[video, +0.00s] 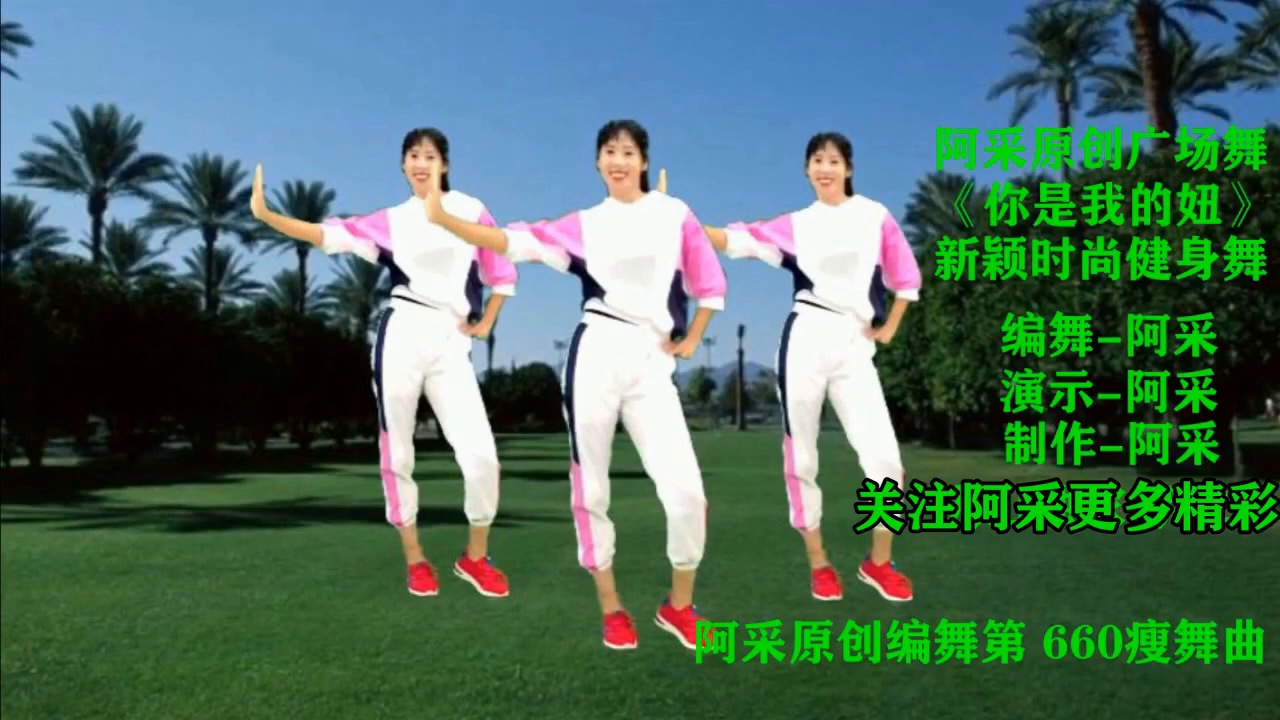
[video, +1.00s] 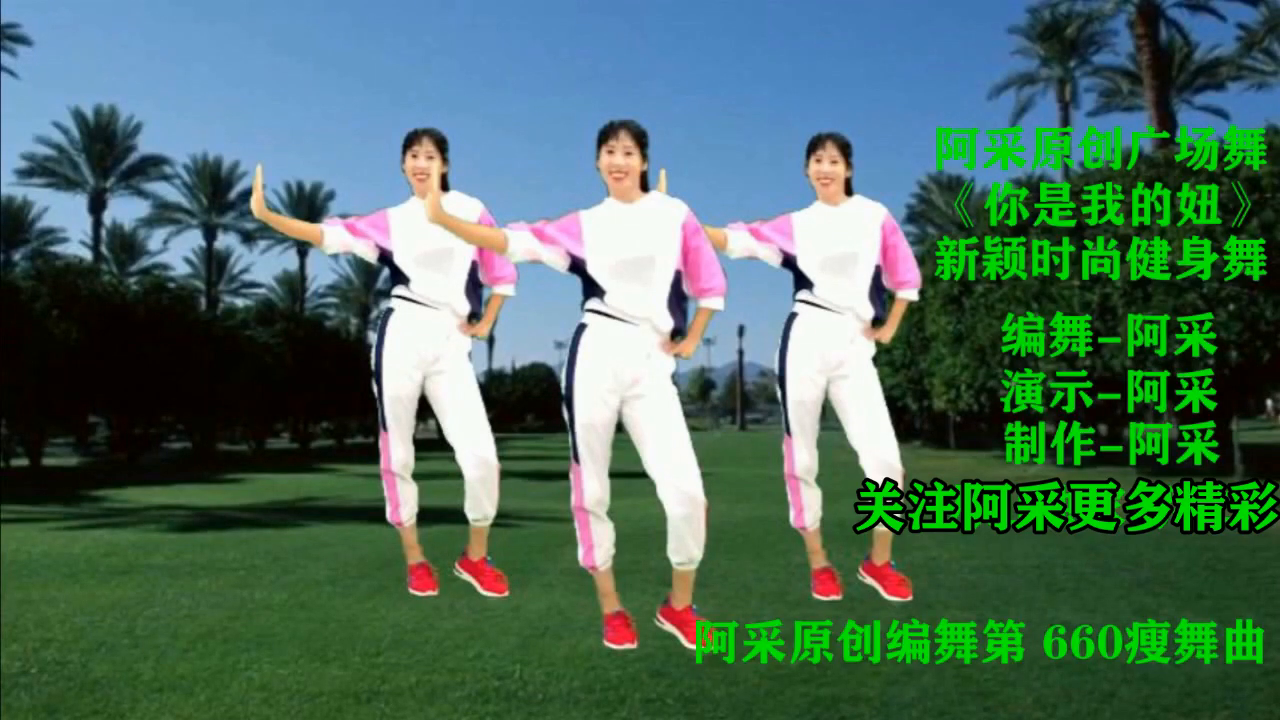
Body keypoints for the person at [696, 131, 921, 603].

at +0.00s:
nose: (825, 168)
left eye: (833, 161)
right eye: (818, 161)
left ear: (848, 169)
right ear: (807, 171)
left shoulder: (876, 217)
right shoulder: (797, 223)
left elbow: (907, 277)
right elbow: (734, 238)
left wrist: (888, 329)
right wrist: (682, 224)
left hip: (855, 340)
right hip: (806, 335)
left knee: (885, 458)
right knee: (802, 458)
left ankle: (879, 562)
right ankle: (819, 565)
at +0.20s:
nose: (825, 168)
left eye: (833, 161)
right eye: (818, 161)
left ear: (848, 169)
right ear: (807, 171)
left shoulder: (876, 217)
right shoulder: (797, 223)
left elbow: (907, 277)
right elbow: (734, 238)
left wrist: (888, 329)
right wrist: (682, 224)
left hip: (855, 340)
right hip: (806, 335)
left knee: (885, 458)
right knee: (802, 458)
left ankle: (879, 562)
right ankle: (819, 565)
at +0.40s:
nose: (825, 168)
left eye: (833, 161)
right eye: (818, 161)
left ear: (848, 169)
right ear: (807, 170)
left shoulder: (875, 217)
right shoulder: (797, 223)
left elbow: (907, 277)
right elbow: (734, 238)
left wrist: (888, 329)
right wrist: (683, 224)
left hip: (855, 340)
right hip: (806, 336)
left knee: (885, 458)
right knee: (802, 458)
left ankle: (879, 562)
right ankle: (819, 565)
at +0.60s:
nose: (825, 168)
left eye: (833, 161)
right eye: (818, 161)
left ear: (848, 169)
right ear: (807, 170)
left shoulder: (876, 217)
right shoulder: (797, 223)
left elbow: (907, 277)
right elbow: (734, 238)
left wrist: (888, 329)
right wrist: (683, 224)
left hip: (855, 340)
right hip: (806, 336)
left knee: (886, 459)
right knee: (802, 458)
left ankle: (879, 562)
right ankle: (819, 565)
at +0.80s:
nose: (825, 168)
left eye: (833, 161)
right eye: (818, 161)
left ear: (848, 169)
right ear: (807, 171)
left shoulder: (876, 217)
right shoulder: (797, 223)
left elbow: (907, 277)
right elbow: (734, 238)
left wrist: (888, 330)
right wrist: (682, 224)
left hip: (855, 340)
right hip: (806, 336)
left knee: (885, 458)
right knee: (802, 458)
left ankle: (879, 562)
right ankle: (819, 565)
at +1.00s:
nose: (825, 168)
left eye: (833, 161)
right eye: (818, 161)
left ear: (848, 169)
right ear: (807, 171)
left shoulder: (875, 217)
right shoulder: (797, 223)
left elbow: (907, 277)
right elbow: (734, 238)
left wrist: (888, 329)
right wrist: (683, 224)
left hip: (855, 340)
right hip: (806, 336)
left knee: (886, 459)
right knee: (802, 459)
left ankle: (879, 562)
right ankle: (819, 565)